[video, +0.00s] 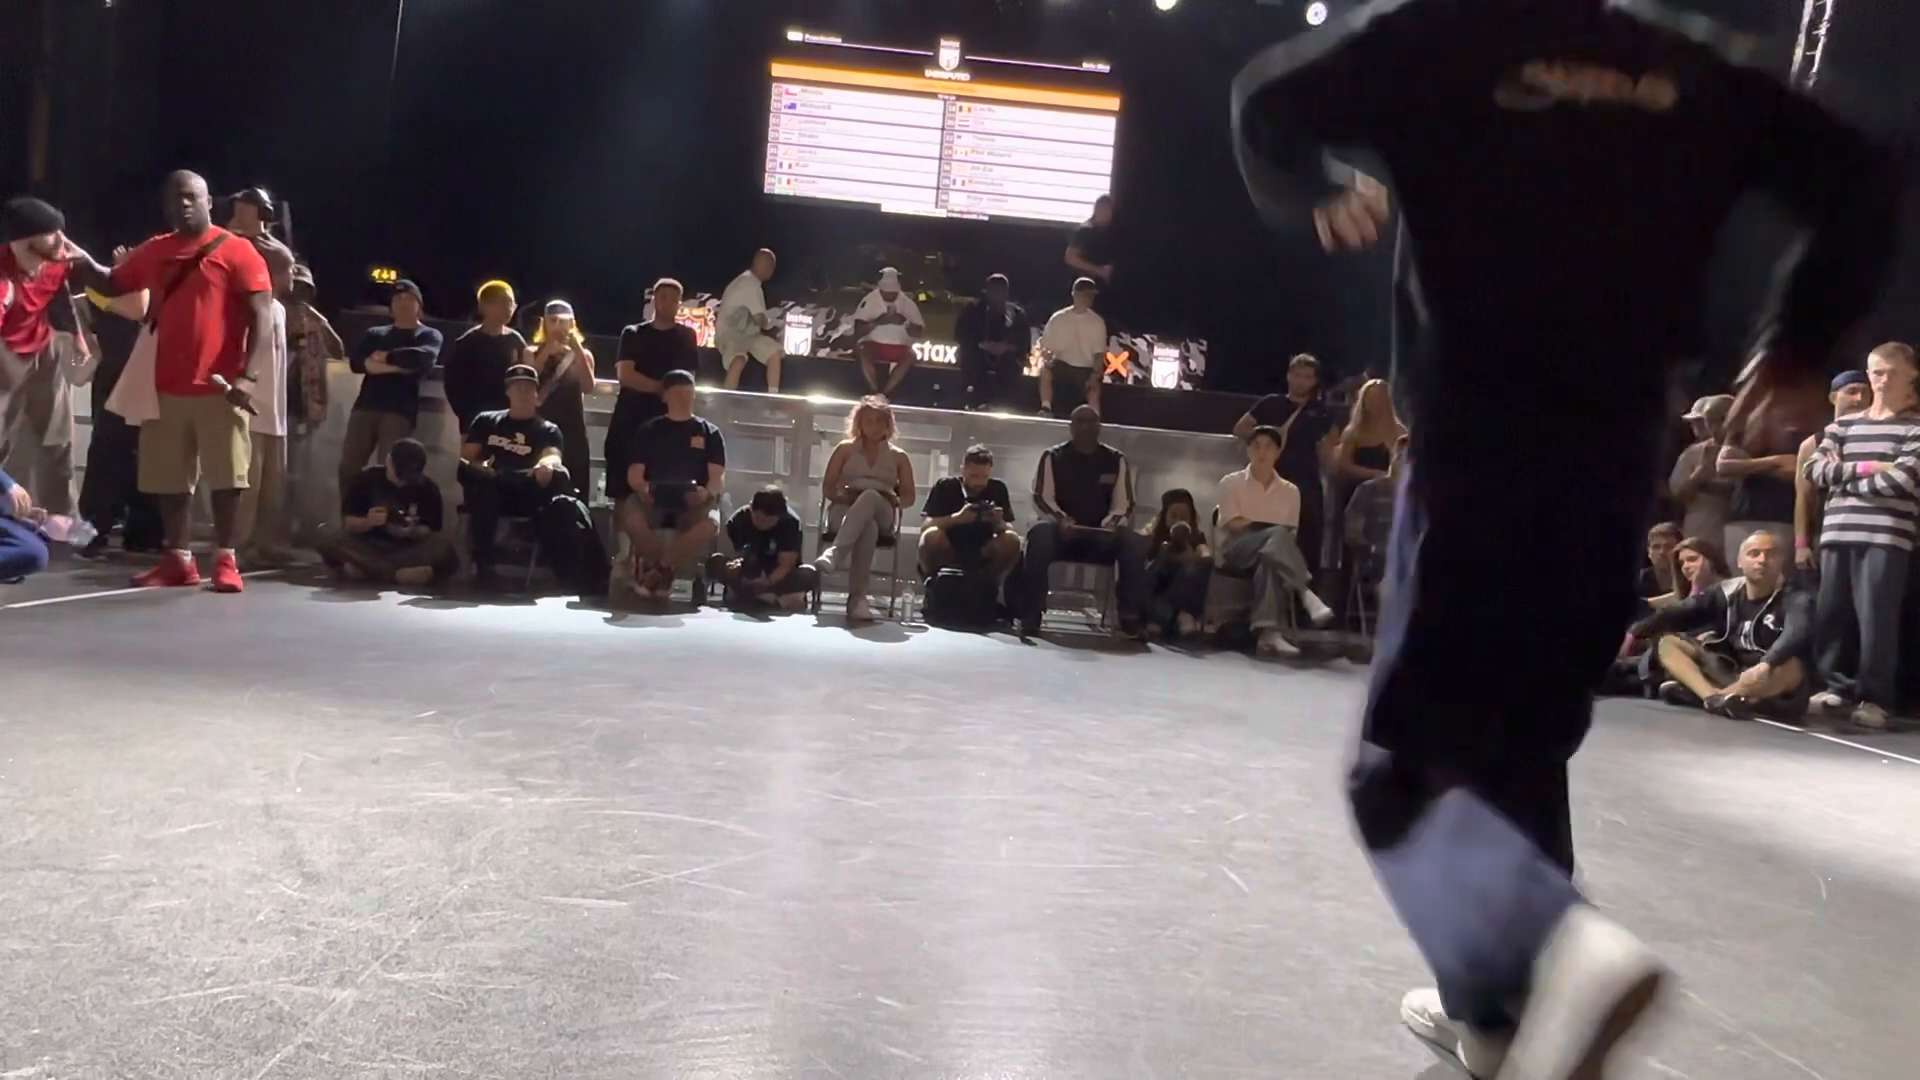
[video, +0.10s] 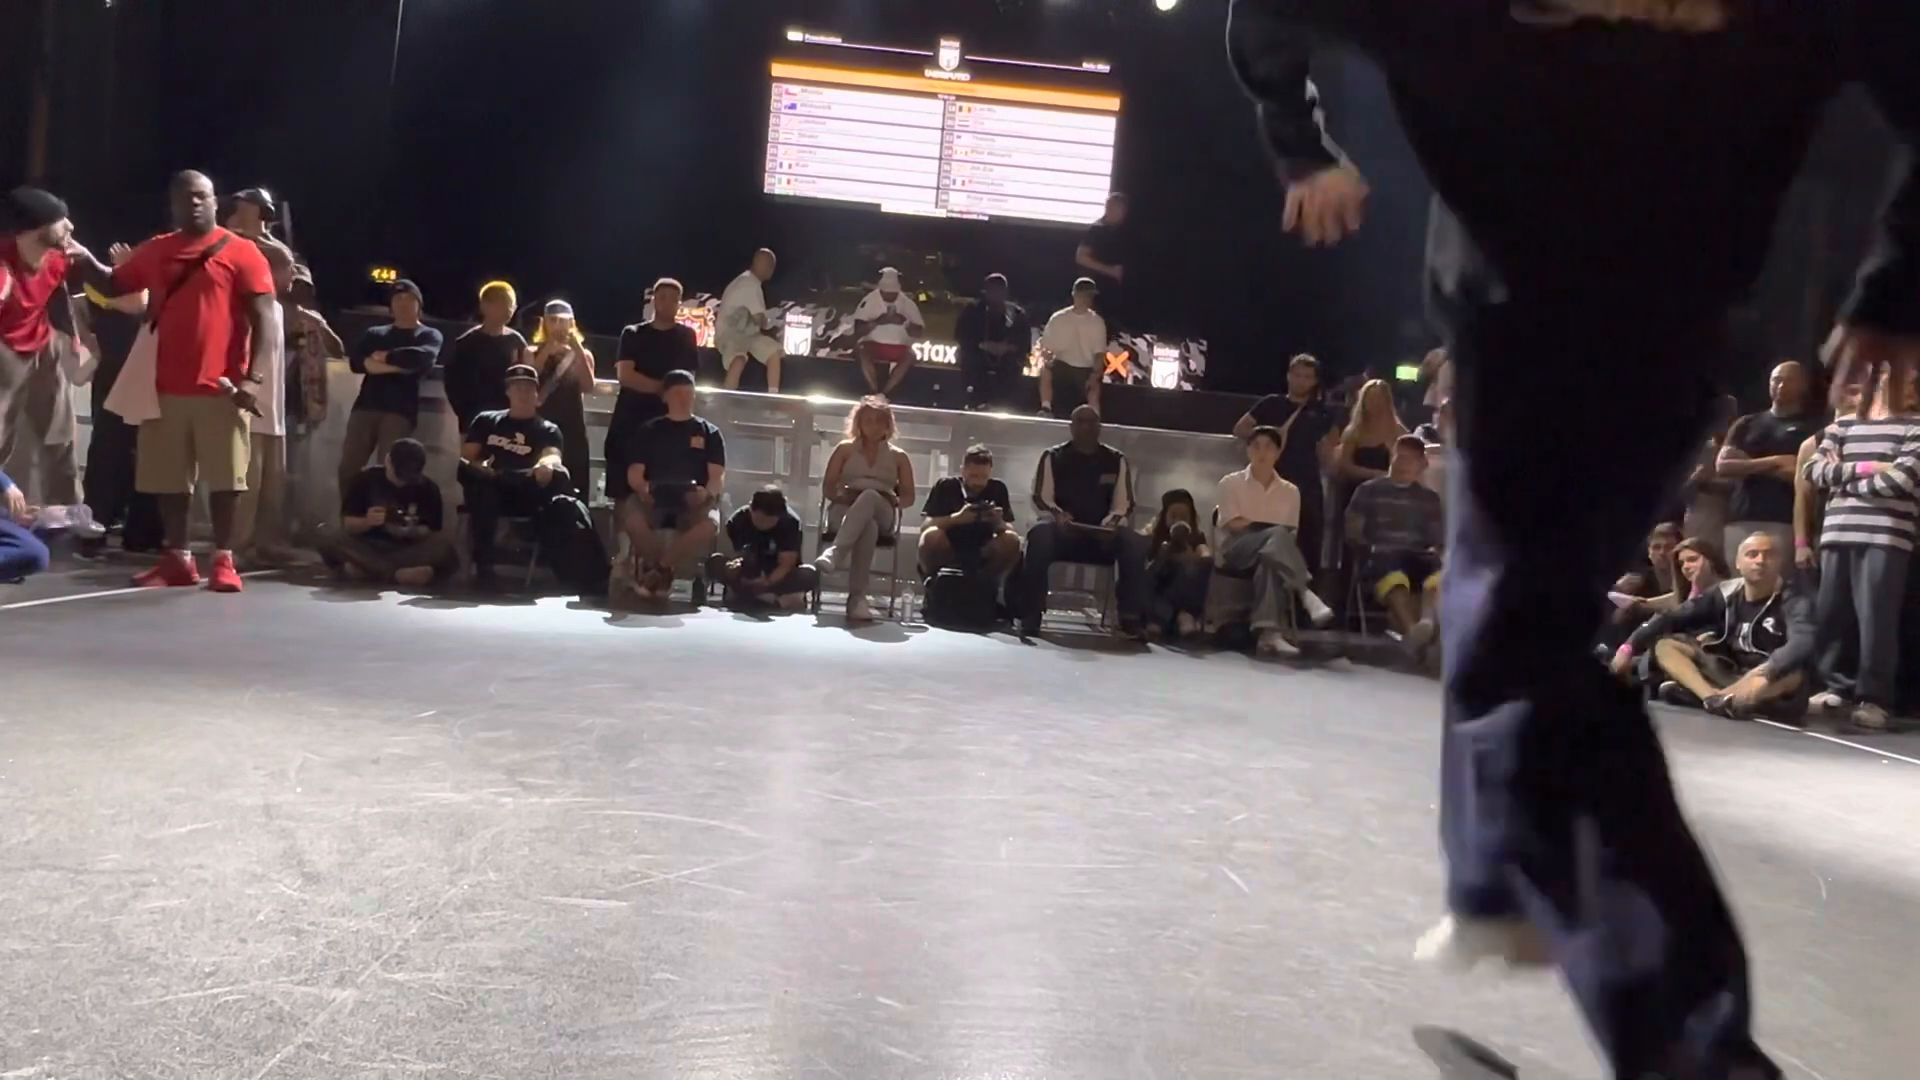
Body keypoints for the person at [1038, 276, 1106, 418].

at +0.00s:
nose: (1086, 298)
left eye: (1089, 295)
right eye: (1082, 294)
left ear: (1093, 297)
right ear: (1074, 295)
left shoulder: (1098, 322)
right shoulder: (1058, 318)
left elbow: (1099, 354)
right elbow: (1045, 344)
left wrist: (1095, 376)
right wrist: (1047, 357)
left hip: (1086, 367)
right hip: (1062, 364)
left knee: (1095, 383)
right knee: (1045, 370)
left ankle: (1094, 418)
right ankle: (1046, 408)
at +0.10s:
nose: (1086, 299)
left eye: (1089, 295)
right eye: (1082, 294)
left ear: (1092, 297)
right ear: (1074, 295)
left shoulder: (1097, 322)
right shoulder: (1058, 318)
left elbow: (1099, 354)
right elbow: (1044, 344)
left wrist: (1094, 376)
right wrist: (1047, 357)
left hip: (1086, 367)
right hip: (1062, 364)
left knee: (1095, 383)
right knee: (1045, 371)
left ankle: (1094, 418)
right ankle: (1046, 408)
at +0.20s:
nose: (1085, 299)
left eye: (1089, 296)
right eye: (1081, 295)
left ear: (1093, 298)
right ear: (1074, 296)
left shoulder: (1098, 322)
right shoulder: (1058, 318)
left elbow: (1100, 354)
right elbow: (1044, 345)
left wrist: (1095, 377)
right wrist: (1047, 356)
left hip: (1086, 367)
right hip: (1062, 365)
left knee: (1095, 384)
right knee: (1046, 371)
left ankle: (1095, 418)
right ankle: (1046, 409)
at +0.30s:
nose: (1087, 300)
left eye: (1090, 297)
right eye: (1083, 296)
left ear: (1094, 299)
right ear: (1075, 296)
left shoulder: (1099, 323)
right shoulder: (1060, 319)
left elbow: (1101, 355)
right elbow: (1045, 345)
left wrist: (1096, 378)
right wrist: (1048, 358)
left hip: (1087, 368)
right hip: (1063, 365)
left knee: (1095, 382)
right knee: (1046, 372)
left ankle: (1095, 418)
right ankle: (1046, 409)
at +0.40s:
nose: (1087, 300)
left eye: (1090, 297)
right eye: (1083, 296)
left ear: (1094, 299)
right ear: (1075, 297)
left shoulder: (1099, 323)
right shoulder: (1060, 319)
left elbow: (1100, 354)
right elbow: (1046, 345)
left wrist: (1096, 376)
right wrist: (1048, 358)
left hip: (1087, 367)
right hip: (1063, 364)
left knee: (1096, 381)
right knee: (1047, 372)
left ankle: (1095, 417)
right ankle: (1047, 409)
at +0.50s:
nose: (1087, 299)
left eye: (1090, 296)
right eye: (1083, 295)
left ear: (1093, 298)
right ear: (1075, 296)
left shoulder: (1099, 322)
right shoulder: (1059, 318)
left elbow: (1101, 354)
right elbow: (1046, 345)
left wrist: (1096, 375)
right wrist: (1048, 358)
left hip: (1088, 366)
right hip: (1063, 364)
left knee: (1096, 382)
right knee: (1047, 371)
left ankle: (1095, 416)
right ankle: (1046, 408)